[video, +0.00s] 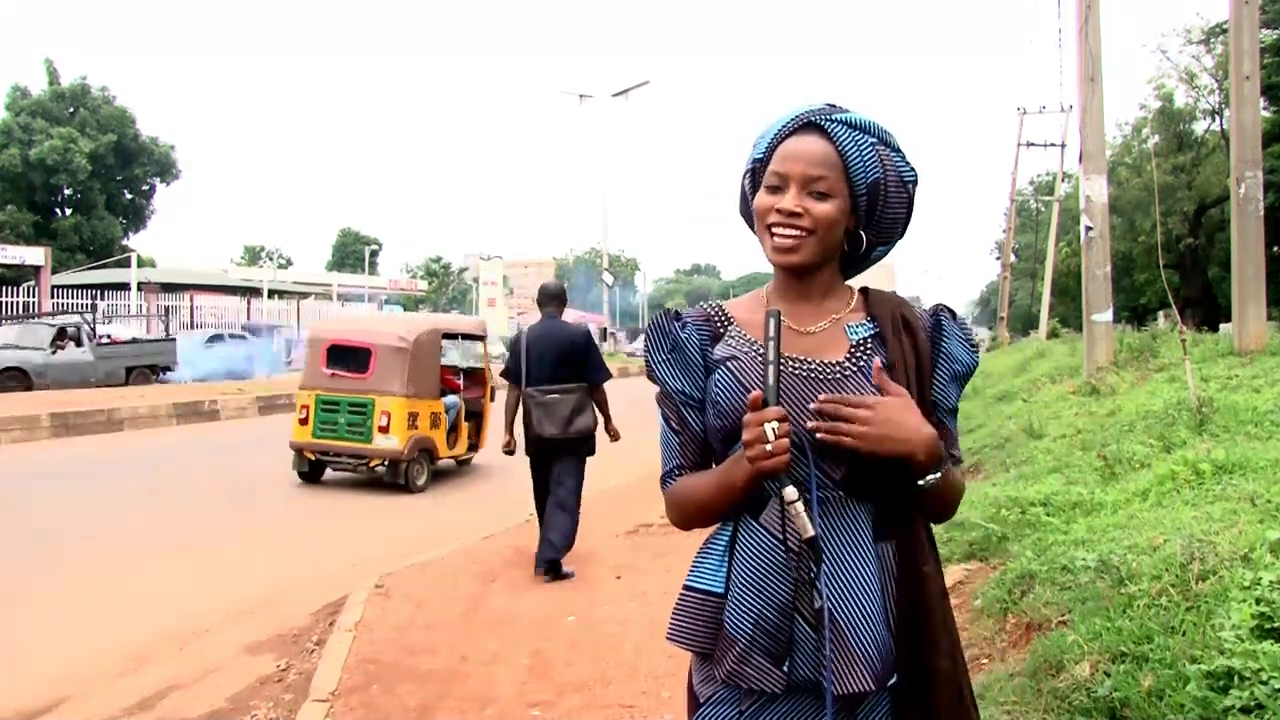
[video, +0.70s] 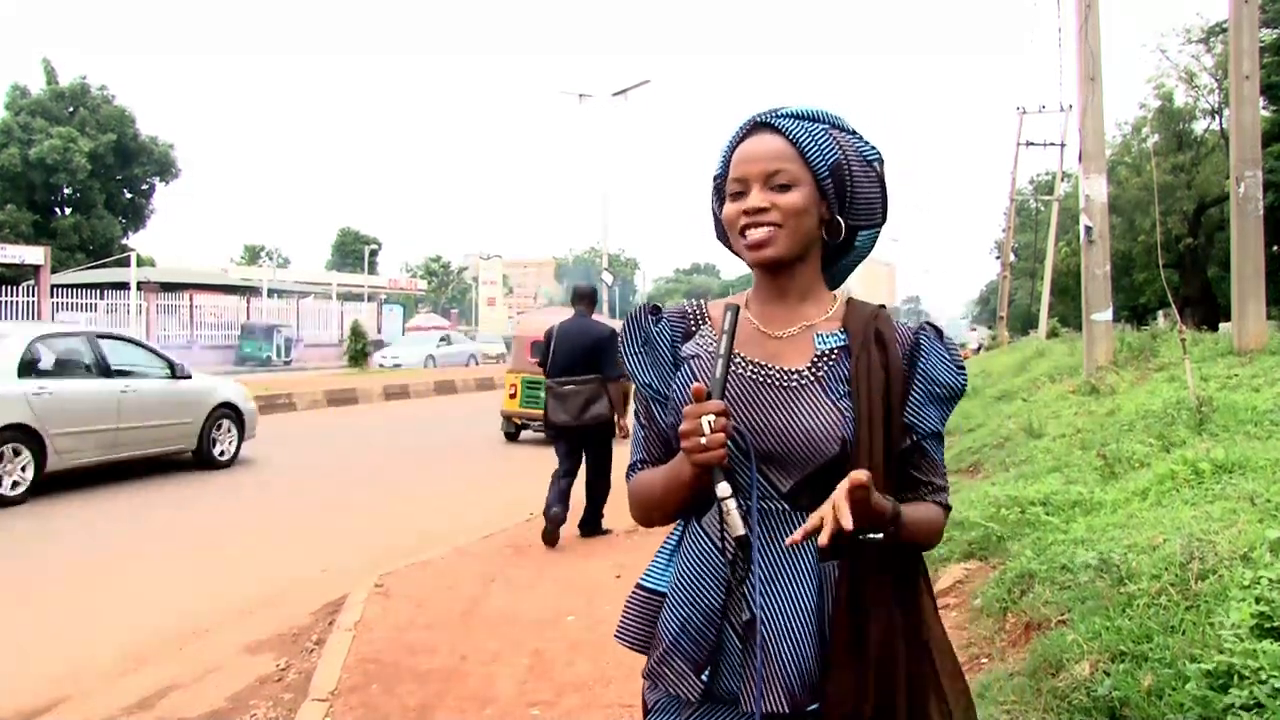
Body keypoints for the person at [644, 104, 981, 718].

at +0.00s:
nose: (788, 206)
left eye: (818, 192)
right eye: (775, 185)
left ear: (856, 214)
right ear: (752, 198)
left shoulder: (910, 331)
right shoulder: (700, 337)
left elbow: (943, 506)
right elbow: (681, 506)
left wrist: (925, 445)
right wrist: (743, 465)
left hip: (883, 634)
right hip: (748, 636)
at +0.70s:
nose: (753, 204)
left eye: (780, 184)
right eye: (736, 191)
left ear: (828, 203)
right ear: (722, 214)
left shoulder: (894, 348)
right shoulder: (680, 339)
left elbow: (930, 513)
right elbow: (642, 506)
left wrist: (882, 512)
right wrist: (689, 465)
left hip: (847, 645)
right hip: (710, 641)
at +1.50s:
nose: (733, 215)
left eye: (758, 192)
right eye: (713, 201)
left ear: (805, 205)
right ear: (697, 222)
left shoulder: (878, 339)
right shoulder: (660, 348)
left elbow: (923, 492)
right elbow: (634, 519)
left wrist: (858, 508)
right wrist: (704, 484)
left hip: (852, 627)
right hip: (713, 636)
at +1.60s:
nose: (731, 209)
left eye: (757, 188)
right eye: (712, 195)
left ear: (804, 204)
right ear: (695, 218)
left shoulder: (876, 337)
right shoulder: (660, 347)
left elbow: (929, 493)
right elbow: (635, 518)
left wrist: (847, 502)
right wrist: (699, 484)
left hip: (852, 639)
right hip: (711, 645)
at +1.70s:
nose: (730, 206)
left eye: (756, 186)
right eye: (712, 192)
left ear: (802, 207)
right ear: (694, 218)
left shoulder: (876, 337)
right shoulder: (656, 349)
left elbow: (932, 497)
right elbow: (635, 519)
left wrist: (833, 497)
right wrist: (690, 487)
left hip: (847, 644)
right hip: (706, 649)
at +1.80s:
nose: (729, 204)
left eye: (757, 187)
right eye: (712, 190)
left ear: (802, 210)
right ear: (696, 215)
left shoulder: (878, 338)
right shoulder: (659, 349)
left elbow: (931, 500)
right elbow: (640, 521)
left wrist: (821, 493)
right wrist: (685, 485)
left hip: (841, 649)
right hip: (702, 650)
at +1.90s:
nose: (729, 205)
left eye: (758, 189)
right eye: (715, 189)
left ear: (804, 215)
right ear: (699, 211)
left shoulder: (877, 342)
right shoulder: (660, 351)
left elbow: (927, 503)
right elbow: (644, 523)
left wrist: (814, 494)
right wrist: (684, 487)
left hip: (841, 647)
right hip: (704, 649)